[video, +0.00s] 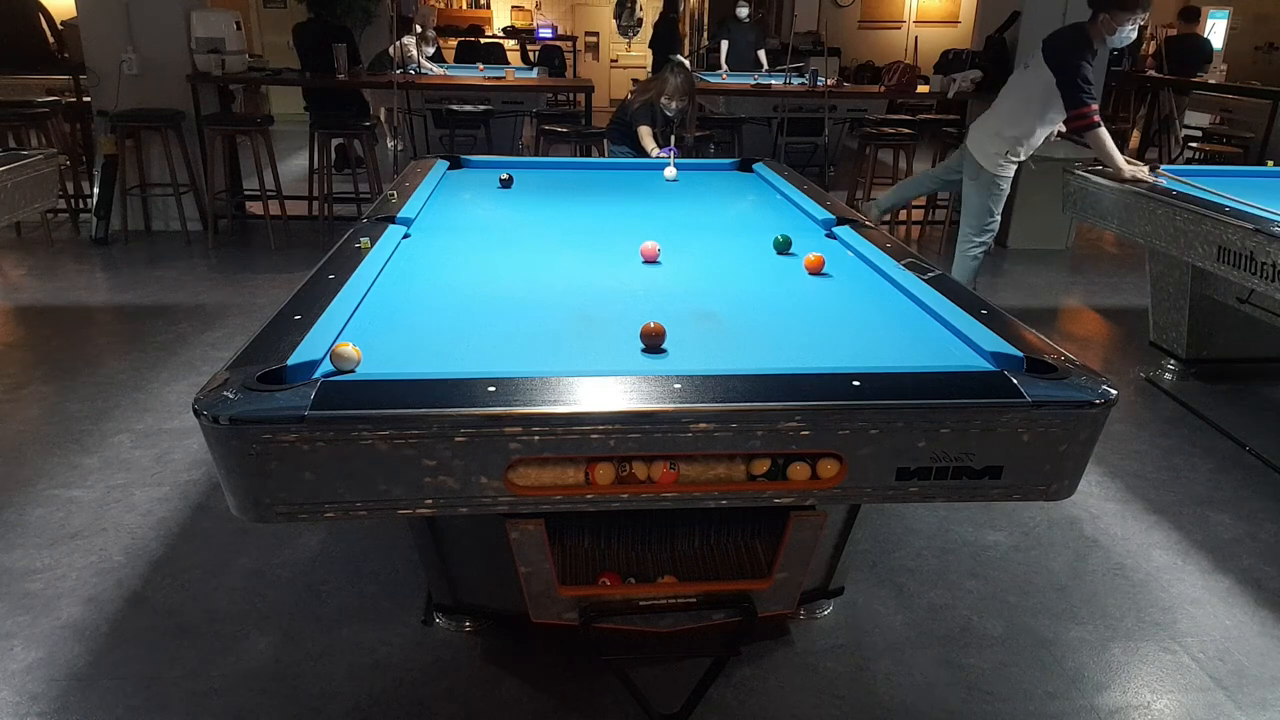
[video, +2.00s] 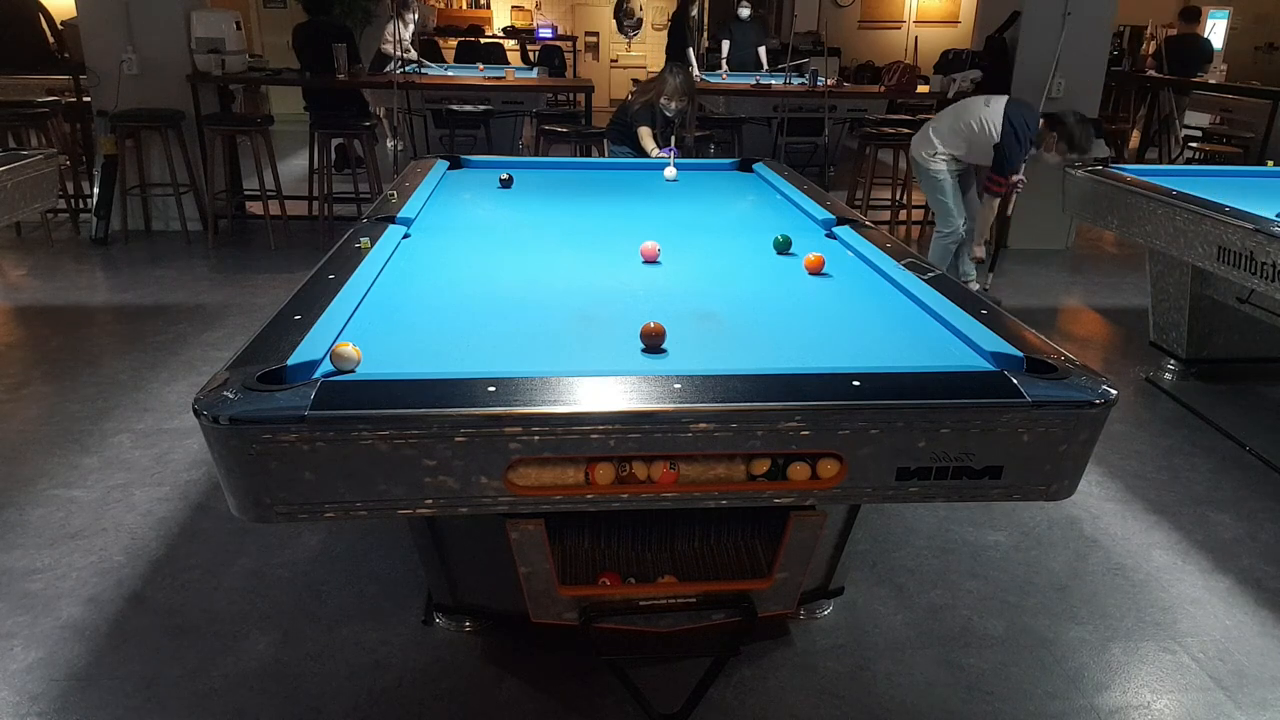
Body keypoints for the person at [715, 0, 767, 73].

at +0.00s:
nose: (741, 11)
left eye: (744, 8)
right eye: (739, 8)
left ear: (749, 10)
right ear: (735, 10)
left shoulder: (755, 27)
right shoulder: (729, 25)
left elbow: (760, 48)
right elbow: (724, 43)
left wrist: (765, 65)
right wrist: (723, 63)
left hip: (750, 69)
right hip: (731, 69)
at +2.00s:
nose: (743, 11)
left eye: (746, 8)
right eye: (741, 8)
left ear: (751, 11)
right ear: (737, 10)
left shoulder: (756, 26)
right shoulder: (730, 24)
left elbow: (761, 46)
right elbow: (725, 43)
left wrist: (765, 65)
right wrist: (723, 63)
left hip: (751, 67)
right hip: (734, 67)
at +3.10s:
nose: (744, 14)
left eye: (747, 11)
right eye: (742, 11)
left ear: (751, 13)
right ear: (737, 11)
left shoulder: (756, 25)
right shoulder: (731, 23)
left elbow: (761, 46)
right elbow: (726, 43)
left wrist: (765, 66)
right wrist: (724, 64)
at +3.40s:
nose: (748, 16)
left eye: (751, 13)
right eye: (745, 13)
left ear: (754, 13)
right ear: (739, 12)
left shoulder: (756, 25)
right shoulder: (732, 25)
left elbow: (761, 46)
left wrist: (765, 66)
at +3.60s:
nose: (749, 16)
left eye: (752, 13)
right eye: (747, 13)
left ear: (756, 13)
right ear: (741, 12)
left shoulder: (757, 26)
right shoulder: (732, 24)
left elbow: (761, 46)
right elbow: (725, 45)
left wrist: (765, 66)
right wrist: (724, 64)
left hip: (753, 70)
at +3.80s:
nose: (750, 17)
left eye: (753, 14)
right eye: (747, 14)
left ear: (756, 14)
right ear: (742, 13)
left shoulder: (758, 26)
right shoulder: (733, 25)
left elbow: (762, 46)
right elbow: (727, 45)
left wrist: (765, 65)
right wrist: (738, 62)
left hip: (754, 69)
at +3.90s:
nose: (749, 16)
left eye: (752, 14)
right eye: (747, 13)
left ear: (755, 14)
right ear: (741, 13)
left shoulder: (758, 26)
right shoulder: (733, 25)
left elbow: (762, 46)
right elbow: (732, 47)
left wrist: (765, 65)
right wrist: (747, 64)